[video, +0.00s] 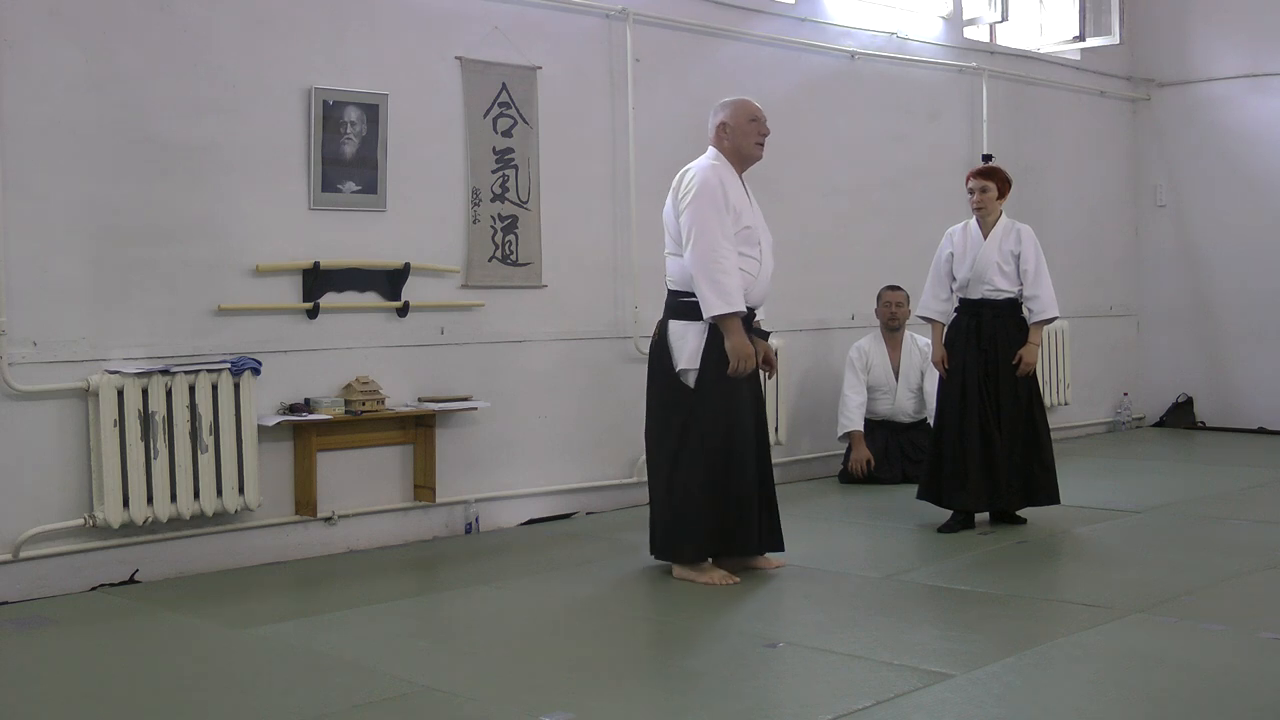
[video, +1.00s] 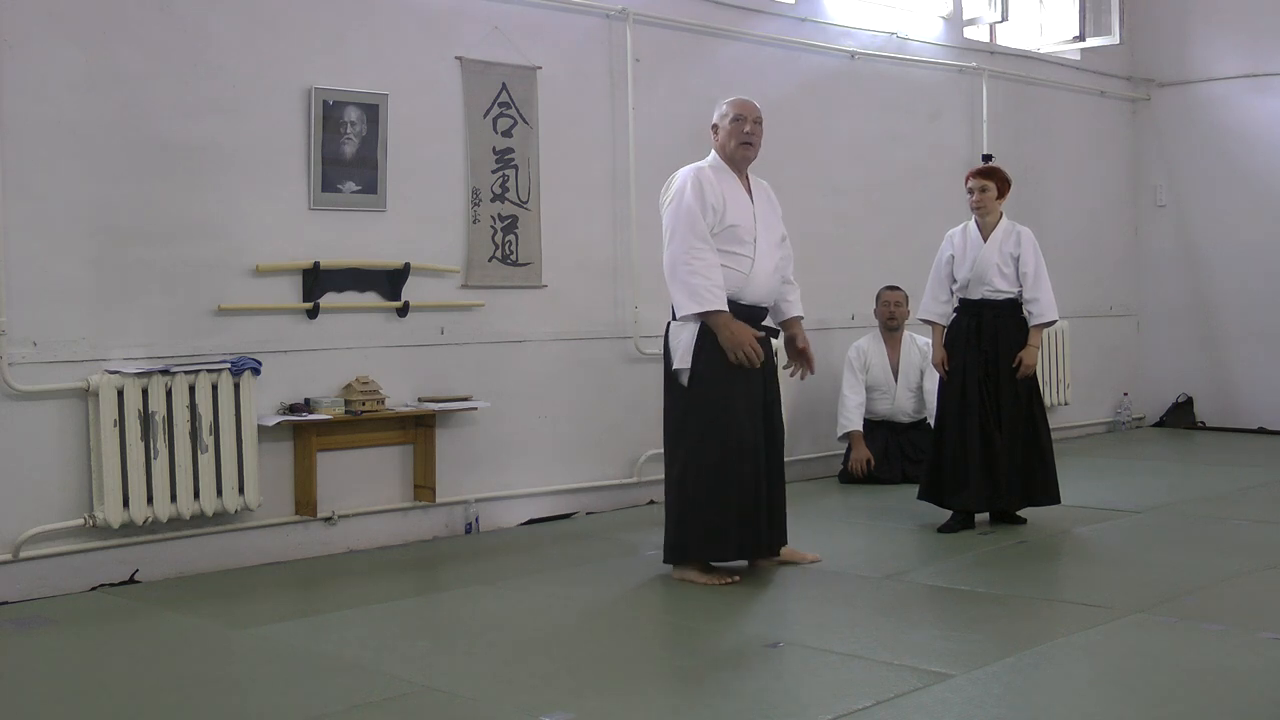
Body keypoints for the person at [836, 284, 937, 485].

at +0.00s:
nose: (893, 311)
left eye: (899, 305)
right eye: (887, 305)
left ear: (909, 313)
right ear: (877, 312)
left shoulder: (925, 348)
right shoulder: (862, 350)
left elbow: (935, 397)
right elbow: (852, 397)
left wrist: (943, 437)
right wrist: (857, 443)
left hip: (916, 431)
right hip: (874, 431)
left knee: (934, 474)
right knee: (855, 472)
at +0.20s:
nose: (893, 310)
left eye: (899, 305)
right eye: (887, 305)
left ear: (909, 313)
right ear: (876, 312)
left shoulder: (926, 348)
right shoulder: (861, 350)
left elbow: (935, 397)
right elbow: (852, 398)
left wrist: (943, 437)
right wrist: (857, 443)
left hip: (916, 431)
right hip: (874, 431)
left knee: (935, 473)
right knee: (855, 472)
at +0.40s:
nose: (892, 310)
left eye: (899, 305)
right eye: (887, 305)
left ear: (909, 313)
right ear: (876, 312)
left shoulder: (926, 348)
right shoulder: (861, 350)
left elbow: (935, 397)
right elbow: (852, 398)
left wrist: (944, 437)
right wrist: (857, 443)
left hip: (916, 431)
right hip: (874, 431)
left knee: (936, 473)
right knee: (855, 472)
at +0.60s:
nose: (892, 310)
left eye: (899, 305)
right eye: (886, 304)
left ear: (909, 313)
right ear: (876, 312)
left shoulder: (926, 348)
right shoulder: (861, 349)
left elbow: (935, 397)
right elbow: (852, 397)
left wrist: (944, 437)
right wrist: (857, 443)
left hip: (916, 431)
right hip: (874, 431)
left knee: (936, 473)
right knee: (855, 472)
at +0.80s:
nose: (892, 310)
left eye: (898, 305)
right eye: (886, 305)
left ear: (908, 313)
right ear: (876, 312)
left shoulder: (925, 348)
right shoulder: (861, 350)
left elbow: (935, 396)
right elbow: (852, 397)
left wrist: (943, 436)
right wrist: (857, 443)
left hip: (915, 430)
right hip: (874, 431)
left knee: (936, 472)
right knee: (854, 472)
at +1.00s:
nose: (892, 310)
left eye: (898, 305)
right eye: (886, 305)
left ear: (908, 313)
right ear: (875, 312)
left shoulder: (925, 348)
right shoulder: (860, 350)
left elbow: (935, 396)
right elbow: (851, 397)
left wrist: (944, 436)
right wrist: (857, 442)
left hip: (916, 430)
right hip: (874, 431)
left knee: (937, 472)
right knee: (855, 472)